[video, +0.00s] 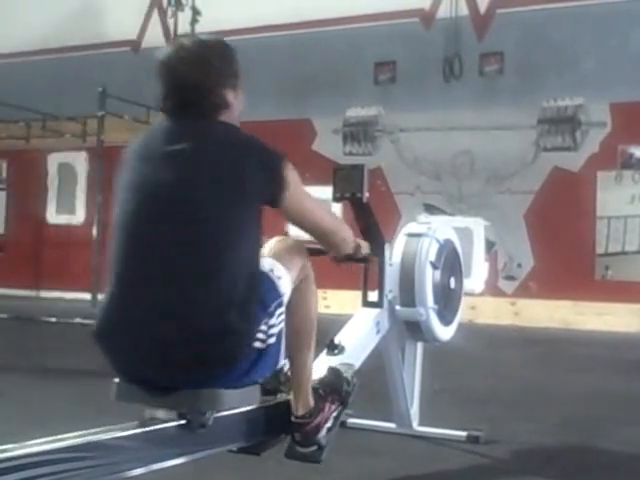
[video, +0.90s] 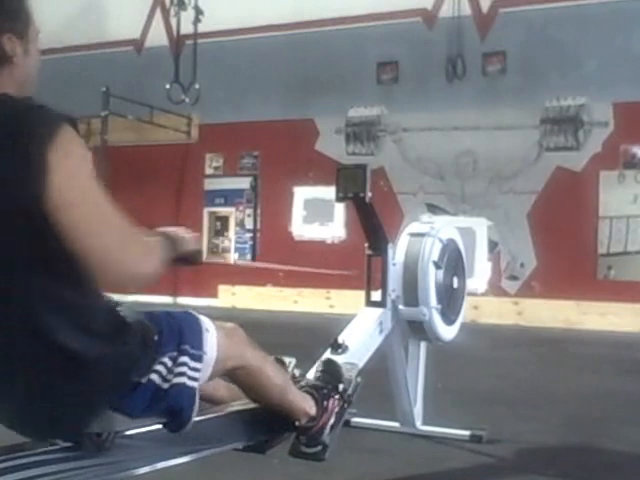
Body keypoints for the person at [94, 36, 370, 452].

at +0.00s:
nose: (241, 99)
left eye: (239, 88)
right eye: (239, 88)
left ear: (171, 95)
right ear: (226, 96)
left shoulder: (139, 151)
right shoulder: (252, 157)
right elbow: (337, 235)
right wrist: (347, 247)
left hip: (132, 358)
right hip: (216, 360)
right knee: (293, 250)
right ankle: (305, 409)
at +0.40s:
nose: (227, 86)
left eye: (224, 75)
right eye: (223, 75)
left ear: (157, 84)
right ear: (211, 84)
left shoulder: (129, 146)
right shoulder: (229, 144)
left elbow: (171, 230)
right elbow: (315, 202)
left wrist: (258, 233)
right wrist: (348, 223)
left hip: (120, 360)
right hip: (202, 361)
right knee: (286, 254)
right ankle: (305, 409)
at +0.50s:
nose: (185, 67)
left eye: (181, 54)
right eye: (180, 55)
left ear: (106, 67)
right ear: (166, 64)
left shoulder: (84, 133)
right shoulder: (195, 135)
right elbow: (274, 196)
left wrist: (204, 227)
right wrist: (317, 226)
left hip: (86, 361)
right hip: (174, 363)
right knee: (271, 270)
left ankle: (246, 407)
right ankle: (306, 407)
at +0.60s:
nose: (136, 50)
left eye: (130, 39)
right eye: (129, 39)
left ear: (55, 54)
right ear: (115, 49)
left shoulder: (37, 127)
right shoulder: (159, 129)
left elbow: (85, 212)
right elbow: (243, 192)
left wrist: (180, 224)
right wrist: (293, 224)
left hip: (47, 366)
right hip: (136, 363)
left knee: (185, 286)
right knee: (258, 290)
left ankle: (238, 397)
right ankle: (307, 412)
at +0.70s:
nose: (82, 42)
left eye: (77, 31)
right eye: (75, 30)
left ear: (3, 46)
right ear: (58, 38)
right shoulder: (104, 123)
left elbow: (33, 219)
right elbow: (206, 202)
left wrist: (131, 225)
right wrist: (260, 227)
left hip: (24, 371)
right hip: (111, 358)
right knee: (247, 320)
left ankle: (253, 407)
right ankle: (310, 414)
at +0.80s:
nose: (44, 53)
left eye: (40, 42)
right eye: (39, 42)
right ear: (17, 45)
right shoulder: (61, 130)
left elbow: (31, 237)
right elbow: (178, 242)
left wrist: (128, 226)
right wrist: (218, 235)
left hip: (3, 358)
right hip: (78, 360)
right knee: (237, 340)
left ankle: (258, 405)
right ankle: (312, 413)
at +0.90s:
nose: (37, 58)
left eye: (35, 45)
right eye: (34, 45)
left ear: (5, 49)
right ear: (10, 48)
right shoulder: (37, 131)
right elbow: (121, 265)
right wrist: (168, 242)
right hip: (68, 362)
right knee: (233, 342)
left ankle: (255, 398)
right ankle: (308, 410)